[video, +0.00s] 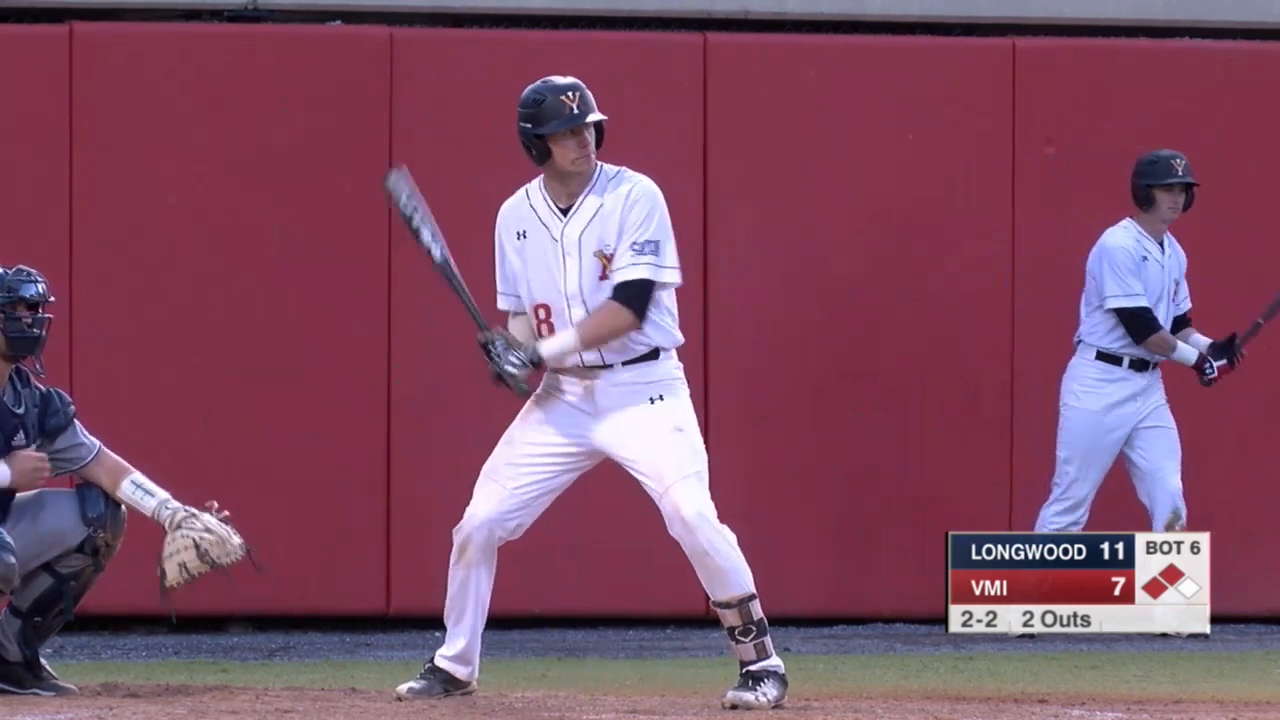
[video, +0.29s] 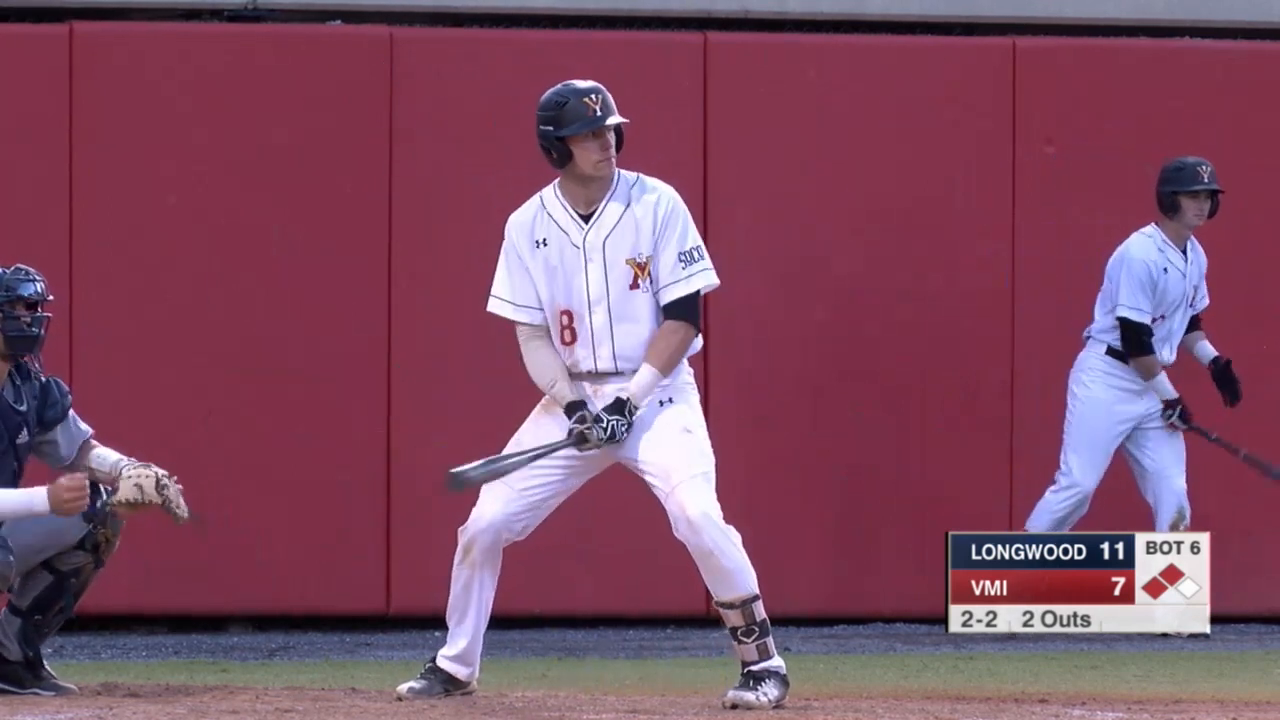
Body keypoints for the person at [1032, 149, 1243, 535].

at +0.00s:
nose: (1178, 198)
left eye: (1183, 190)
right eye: (1169, 189)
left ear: (1188, 196)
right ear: (1145, 191)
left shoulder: (1174, 252)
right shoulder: (1117, 245)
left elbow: (1179, 324)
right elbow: (1142, 330)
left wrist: (1210, 347)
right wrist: (1194, 359)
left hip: (1147, 387)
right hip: (1098, 382)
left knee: (1169, 504)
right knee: (1070, 504)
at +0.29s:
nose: (1204, 206)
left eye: (1208, 198)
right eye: (1195, 197)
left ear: (1213, 203)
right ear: (1170, 199)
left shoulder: (1195, 255)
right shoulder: (1139, 254)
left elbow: (1186, 324)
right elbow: (1134, 340)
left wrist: (1216, 363)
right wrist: (1170, 398)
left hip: (1152, 389)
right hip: (1105, 379)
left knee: (1173, 501)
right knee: (1077, 487)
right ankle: (1019, 566)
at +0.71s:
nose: (1147, 218)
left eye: (1153, 210)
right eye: (1138, 210)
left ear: (1158, 216)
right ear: (1114, 213)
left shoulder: (1154, 266)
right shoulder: (1074, 268)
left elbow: (1156, 329)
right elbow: (1043, 339)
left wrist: (1167, 369)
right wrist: (1024, 394)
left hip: (1118, 401)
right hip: (1062, 395)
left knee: (1151, 505)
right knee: (1038, 497)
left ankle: (1165, 606)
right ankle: (991, 594)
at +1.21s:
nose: (1134, 221)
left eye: (1138, 214)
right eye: (1124, 213)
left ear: (1142, 219)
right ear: (1099, 217)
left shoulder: (1142, 269)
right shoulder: (1058, 270)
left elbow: (1148, 328)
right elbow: (1014, 333)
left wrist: (1157, 371)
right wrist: (986, 384)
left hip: (1108, 403)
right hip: (1050, 398)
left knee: (1146, 506)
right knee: (1031, 500)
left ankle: (1164, 604)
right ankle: (989, 595)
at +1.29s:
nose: (1144, 223)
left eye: (1148, 215)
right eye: (1135, 215)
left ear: (1151, 221)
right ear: (1109, 218)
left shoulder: (1150, 270)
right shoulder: (1066, 272)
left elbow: (1154, 331)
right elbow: (1028, 341)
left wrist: (1164, 374)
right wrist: (1013, 396)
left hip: (1114, 405)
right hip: (1056, 400)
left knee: (1150, 507)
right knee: (1035, 500)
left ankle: (1166, 607)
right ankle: (988, 594)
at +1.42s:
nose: (1166, 225)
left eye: (1170, 217)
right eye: (1156, 217)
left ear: (1174, 223)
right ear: (1131, 221)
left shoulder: (1168, 274)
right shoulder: (1091, 275)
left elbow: (1169, 335)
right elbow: (1068, 357)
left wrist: (1180, 378)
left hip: (1128, 402)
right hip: (1072, 396)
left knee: (1160, 508)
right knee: (1047, 498)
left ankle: (1171, 608)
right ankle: (994, 590)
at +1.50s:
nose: (1180, 226)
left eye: (1185, 218)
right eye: (1171, 218)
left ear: (1188, 224)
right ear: (1146, 221)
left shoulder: (1181, 275)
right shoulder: (1108, 275)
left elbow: (1183, 340)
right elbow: (1098, 361)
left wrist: (1193, 384)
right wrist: (1141, 411)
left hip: (1138, 404)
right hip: (1084, 399)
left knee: (1167, 507)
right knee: (1055, 499)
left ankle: (1177, 608)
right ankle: (996, 592)